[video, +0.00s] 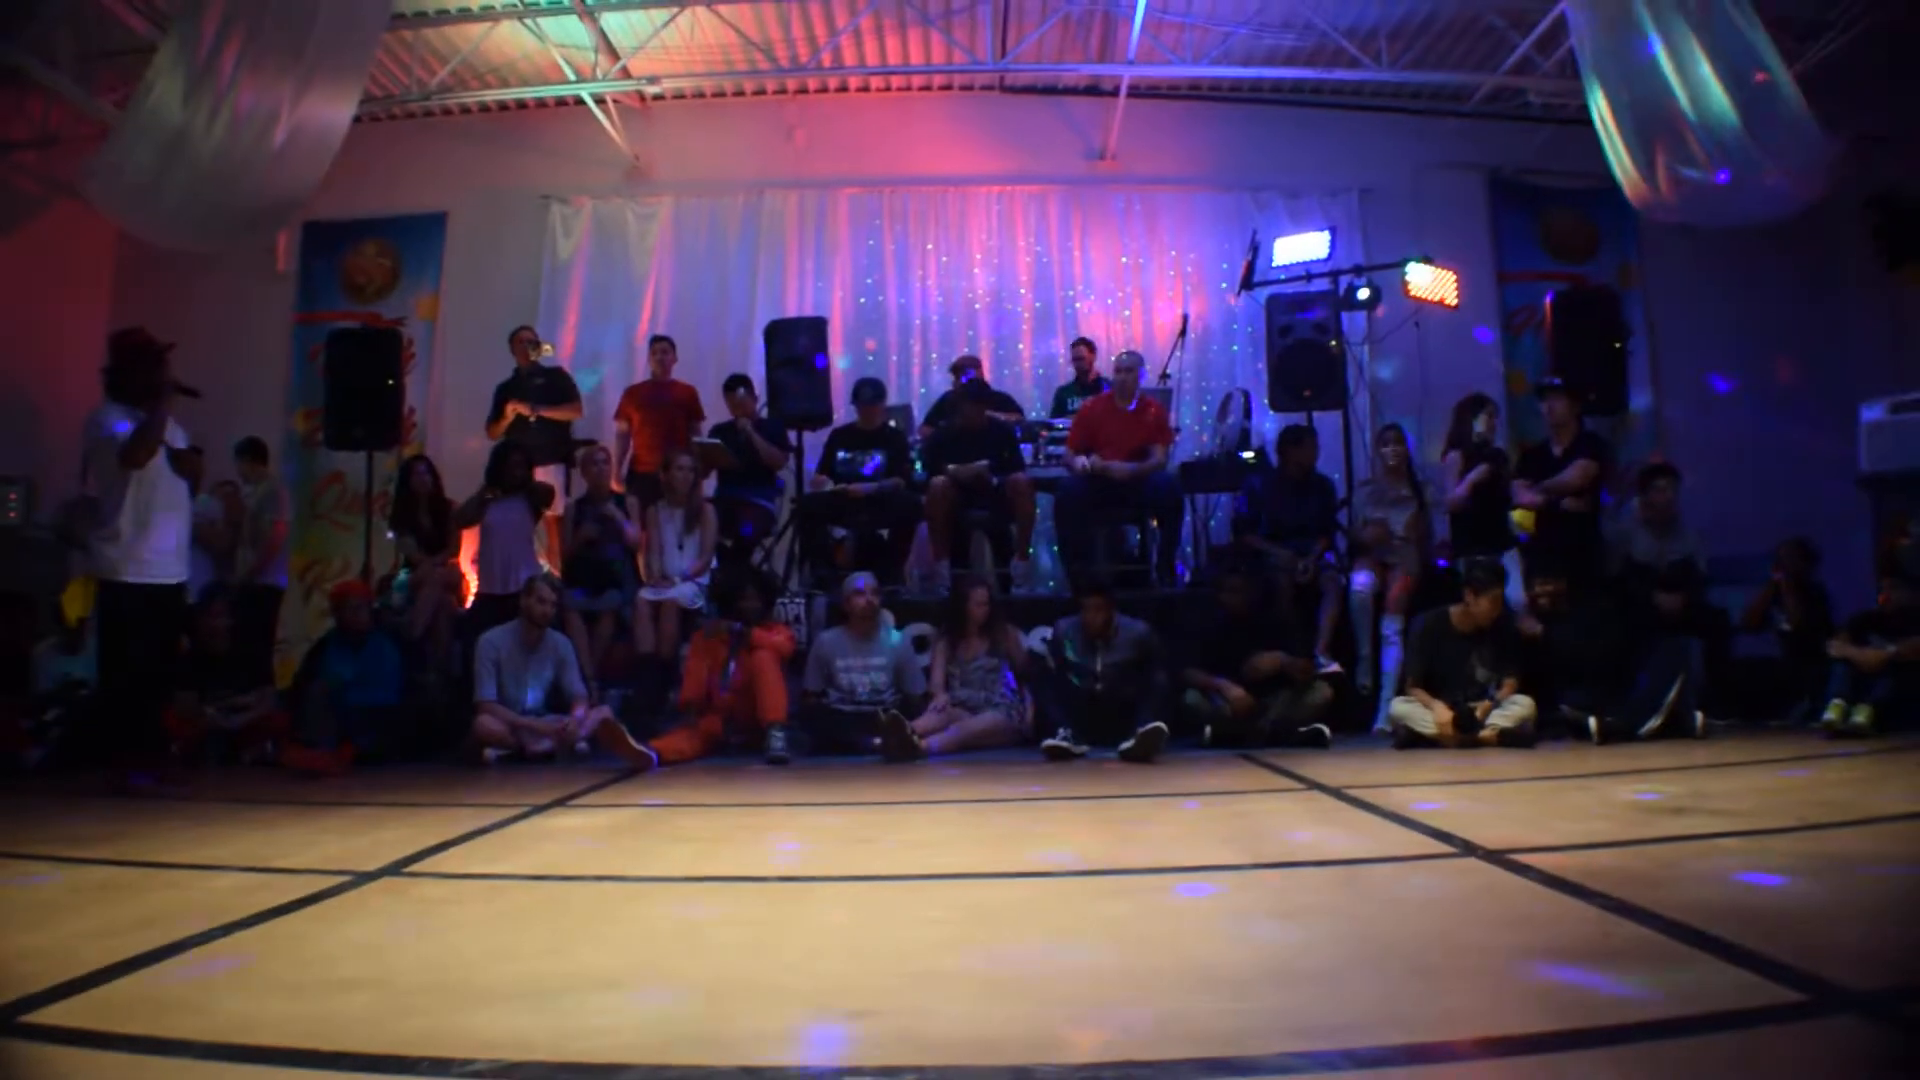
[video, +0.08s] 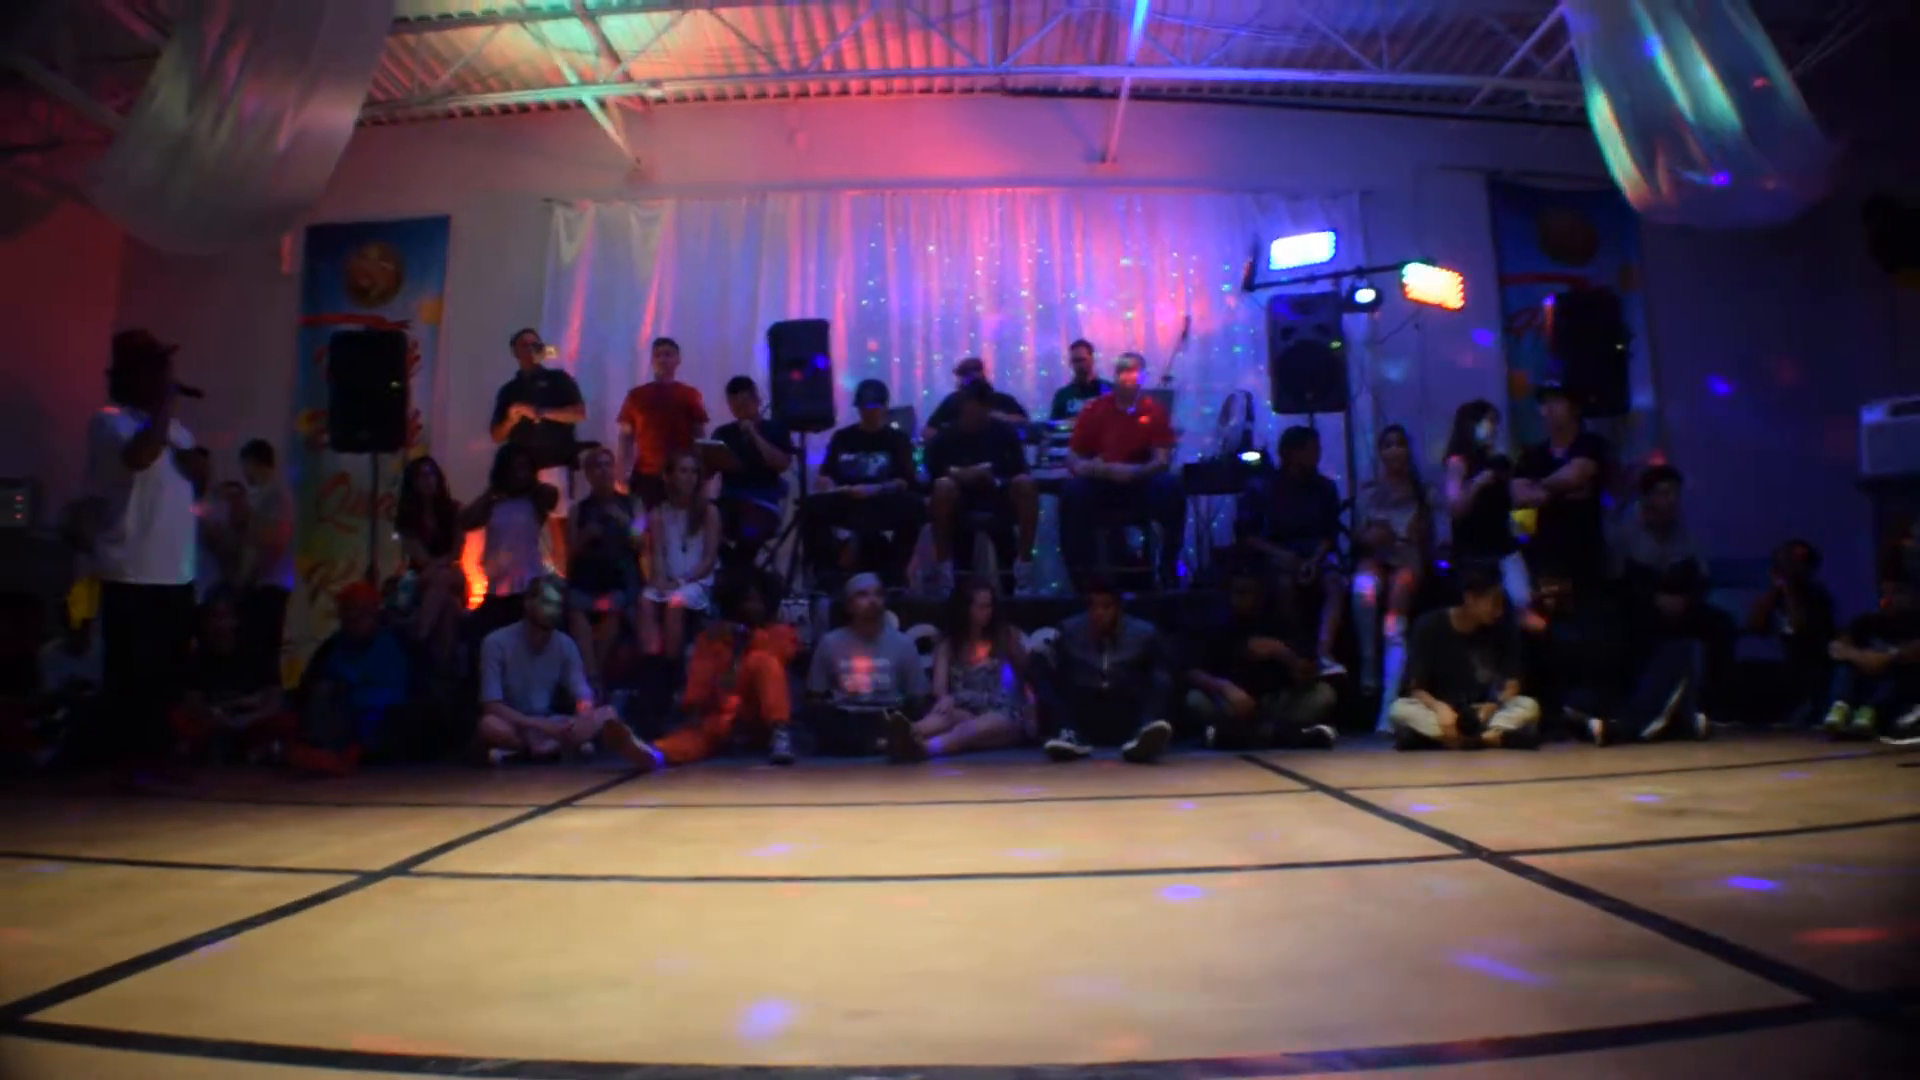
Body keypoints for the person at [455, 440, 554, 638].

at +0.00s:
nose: (515, 472)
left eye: (520, 465)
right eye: (509, 465)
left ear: (527, 468)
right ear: (497, 467)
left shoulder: (530, 500)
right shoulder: (487, 503)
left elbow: (548, 492)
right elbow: (460, 519)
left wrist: (524, 483)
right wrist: (483, 494)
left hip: (523, 590)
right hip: (490, 591)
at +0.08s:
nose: (520, 473)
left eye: (524, 466)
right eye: (514, 467)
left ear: (531, 469)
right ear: (502, 469)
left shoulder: (535, 501)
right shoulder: (493, 504)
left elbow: (551, 494)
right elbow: (465, 521)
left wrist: (527, 483)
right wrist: (491, 494)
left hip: (530, 591)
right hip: (498, 593)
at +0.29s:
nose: (542, 474)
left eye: (547, 467)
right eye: (536, 467)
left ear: (555, 471)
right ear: (524, 469)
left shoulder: (556, 503)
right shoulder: (515, 503)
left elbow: (574, 493)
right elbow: (489, 526)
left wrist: (551, 484)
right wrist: (511, 496)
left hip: (550, 594)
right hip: (517, 594)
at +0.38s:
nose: (537, 473)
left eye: (542, 466)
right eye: (531, 466)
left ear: (550, 469)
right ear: (520, 468)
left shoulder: (554, 500)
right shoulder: (511, 501)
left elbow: (570, 493)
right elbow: (485, 525)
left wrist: (548, 482)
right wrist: (507, 495)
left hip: (545, 591)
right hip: (511, 591)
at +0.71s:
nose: (536, 470)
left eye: (542, 464)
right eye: (531, 464)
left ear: (553, 470)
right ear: (522, 469)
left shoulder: (558, 500)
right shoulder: (516, 502)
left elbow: (570, 508)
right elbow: (491, 529)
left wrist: (558, 492)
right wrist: (511, 502)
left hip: (551, 587)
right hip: (517, 587)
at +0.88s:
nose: (535, 471)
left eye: (541, 465)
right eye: (530, 465)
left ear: (552, 470)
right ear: (521, 469)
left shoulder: (556, 502)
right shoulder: (516, 504)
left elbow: (565, 512)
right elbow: (490, 529)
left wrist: (556, 493)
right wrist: (515, 498)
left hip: (549, 591)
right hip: (516, 591)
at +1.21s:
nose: (530, 473)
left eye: (536, 467)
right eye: (526, 467)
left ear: (547, 471)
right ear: (518, 471)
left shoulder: (553, 500)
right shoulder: (513, 505)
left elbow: (557, 511)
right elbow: (488, 517)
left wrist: (555, 491)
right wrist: (514, 493)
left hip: (545, 593)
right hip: (511, 593)